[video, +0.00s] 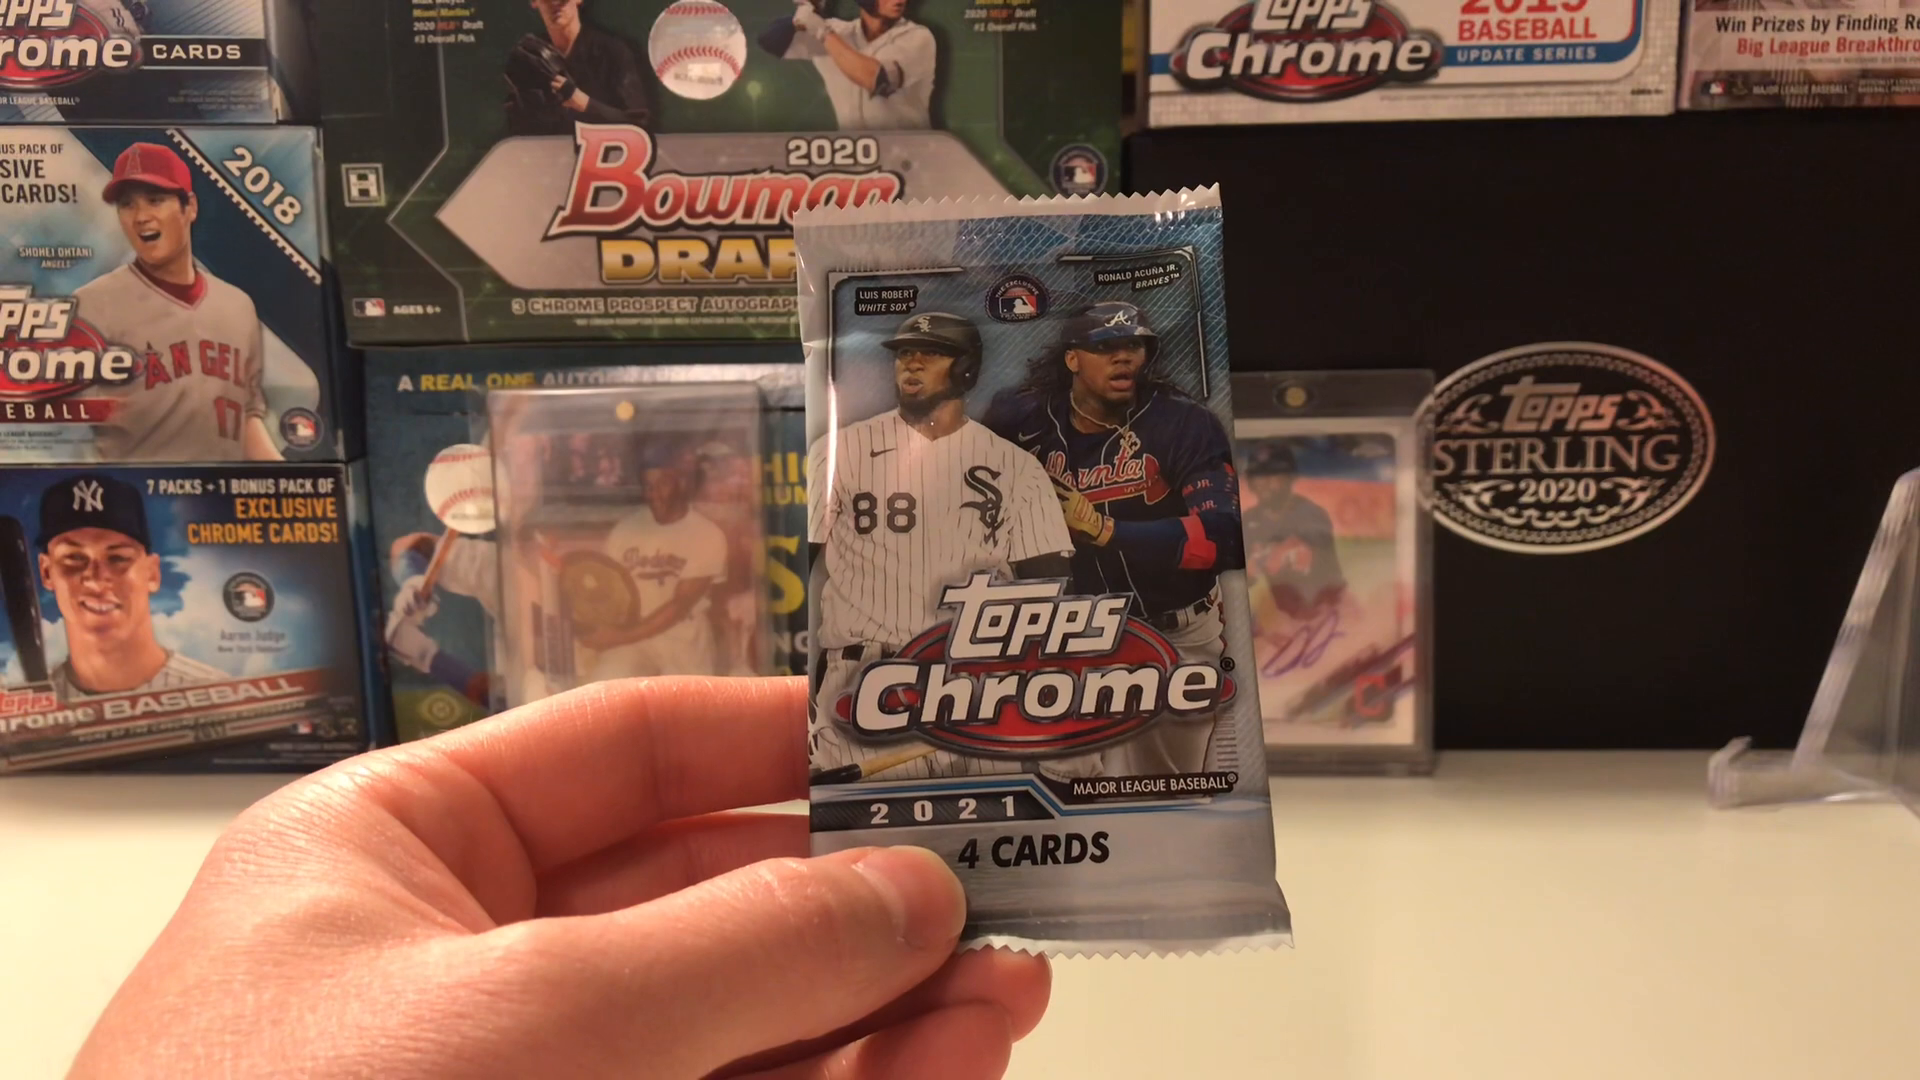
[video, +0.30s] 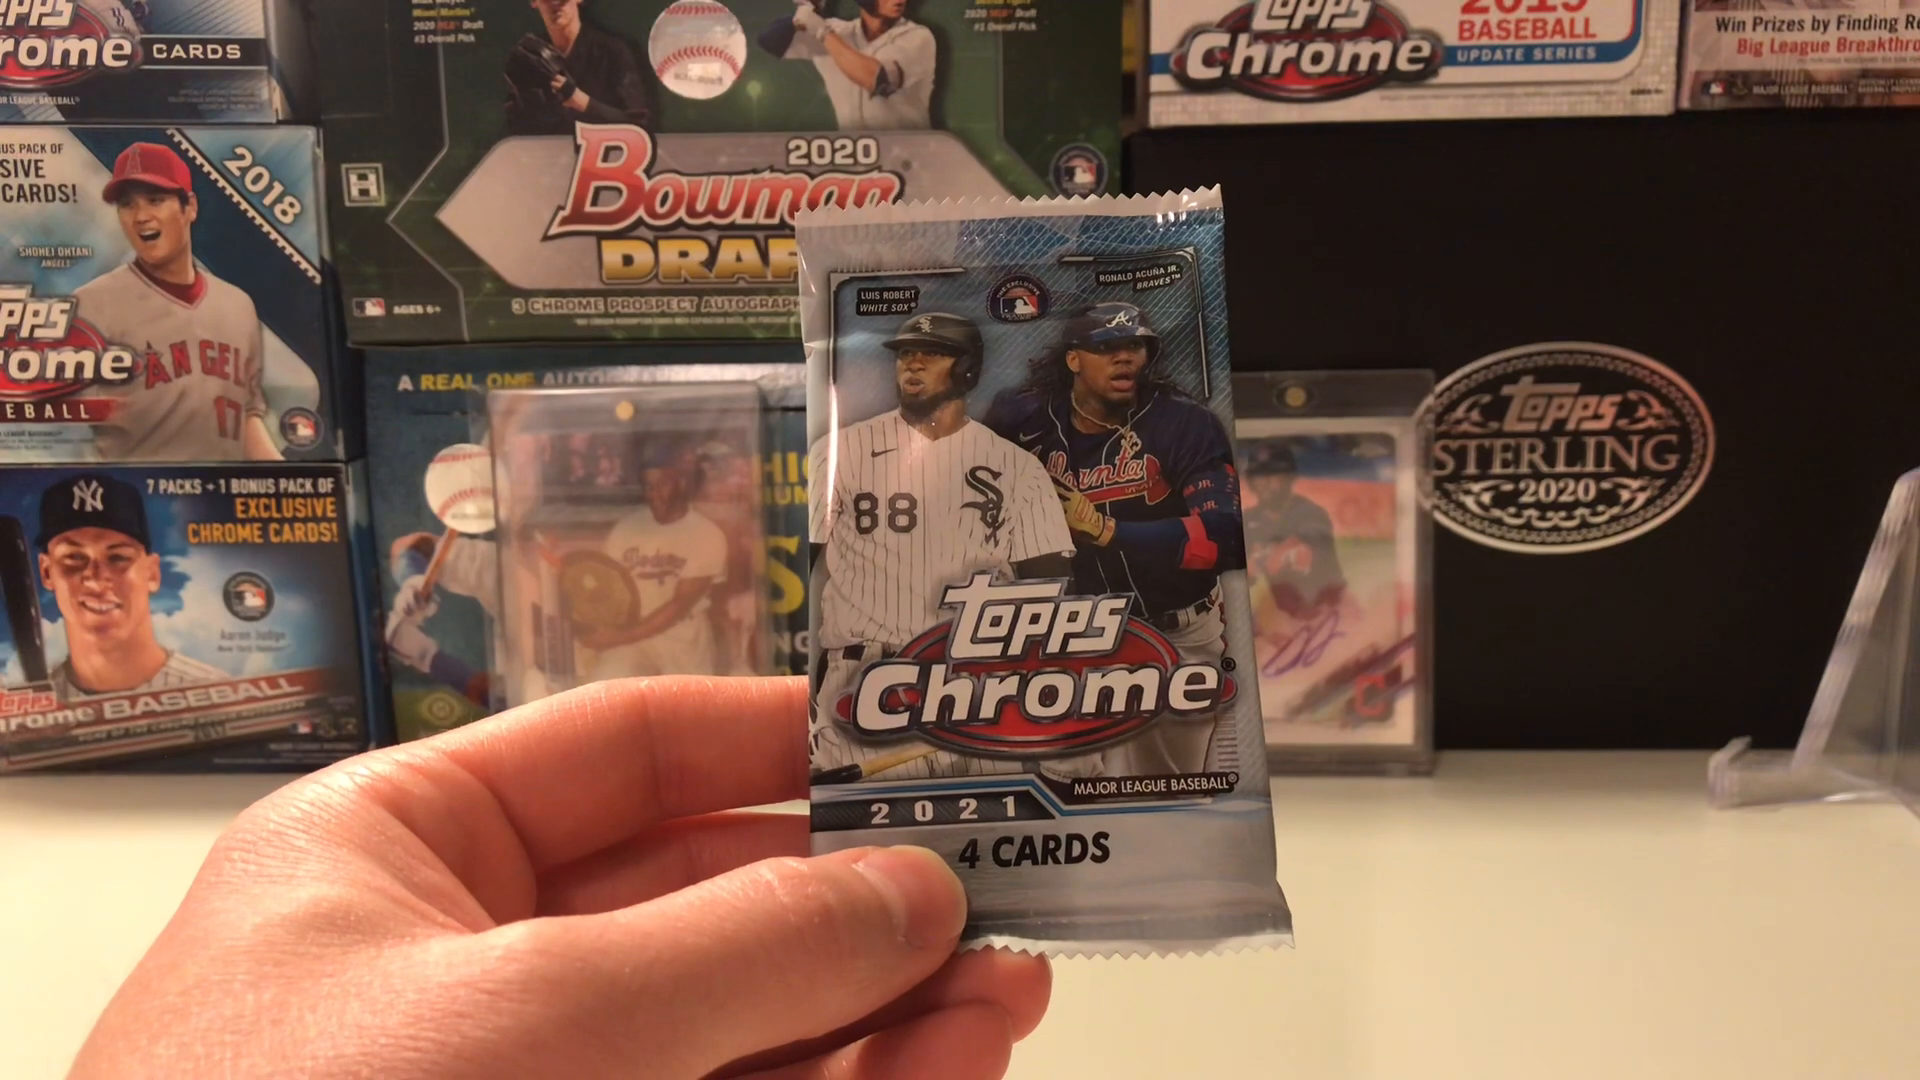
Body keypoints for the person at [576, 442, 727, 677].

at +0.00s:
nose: (653, 495)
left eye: (661, 485)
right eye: (648, 486)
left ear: (682, 485)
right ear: (643, 489)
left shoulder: (707, 536)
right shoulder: (625, 530)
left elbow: (680, 606)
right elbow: (604, 588)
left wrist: (619, 637)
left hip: (683, 640)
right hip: (627, 642)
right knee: (602, 697)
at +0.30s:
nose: (652, 495)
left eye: (660, 486)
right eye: (648, 486)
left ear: (682, 485)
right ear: (643, 488)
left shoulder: (707, 536)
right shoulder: (625, 529)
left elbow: (680, 606)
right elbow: (603, 587)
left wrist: (618, 637)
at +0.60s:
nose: (653, 495)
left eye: (662, 485)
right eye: (648, 486)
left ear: (682, 484)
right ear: (643, 489)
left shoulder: (707, 536)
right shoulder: (625, 529)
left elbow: (680, 607)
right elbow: (605, 589)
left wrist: (618, 637)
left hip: (683, 641)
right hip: (626, 642)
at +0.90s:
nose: (653, 494)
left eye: (661, 485)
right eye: (648, 486)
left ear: (682, 484)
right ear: (642, 489)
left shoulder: (707, 536)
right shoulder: (624, 530)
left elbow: (679, 606)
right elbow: (604, 589)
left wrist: (617, 637)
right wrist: (593, 626)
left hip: (683, 641)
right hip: (626, 640)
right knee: (602, 703)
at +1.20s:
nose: (652, 495)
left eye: (660, 485)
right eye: (647, 486)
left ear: (682, 484)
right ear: (642, 489)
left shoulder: (708, 536)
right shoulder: (625, 529)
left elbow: (679, 607)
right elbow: (603, 587)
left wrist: (617, 636)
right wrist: (593, 625)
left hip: (684, 638)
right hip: (628, 639)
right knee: (599, 700)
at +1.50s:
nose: (652, 495)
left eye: (659, 485)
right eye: (647, 486)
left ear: (681, 483)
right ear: (642, 488)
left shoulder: (707, 535)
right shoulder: (625, 530)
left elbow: (680, 606)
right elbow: (603, 588)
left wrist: (620, 636)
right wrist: (596, 627)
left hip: (684, 637)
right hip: (629, 638)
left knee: (687, 710)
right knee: (602, 696)